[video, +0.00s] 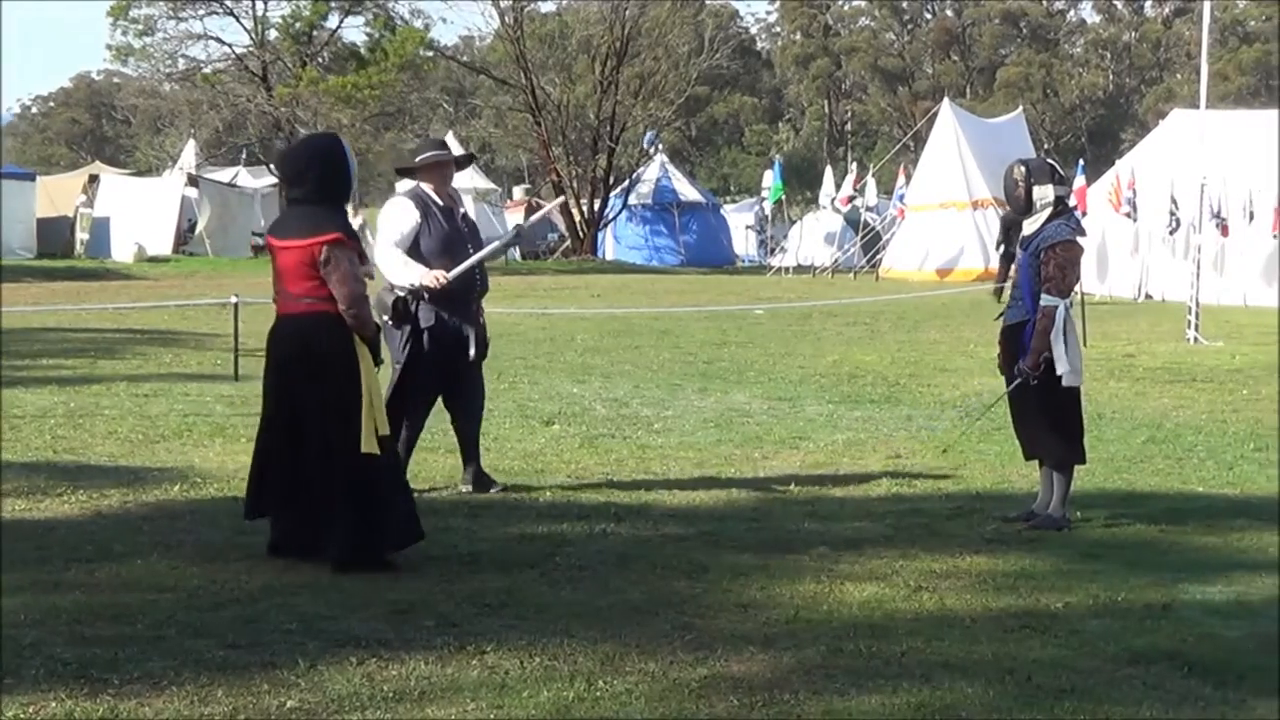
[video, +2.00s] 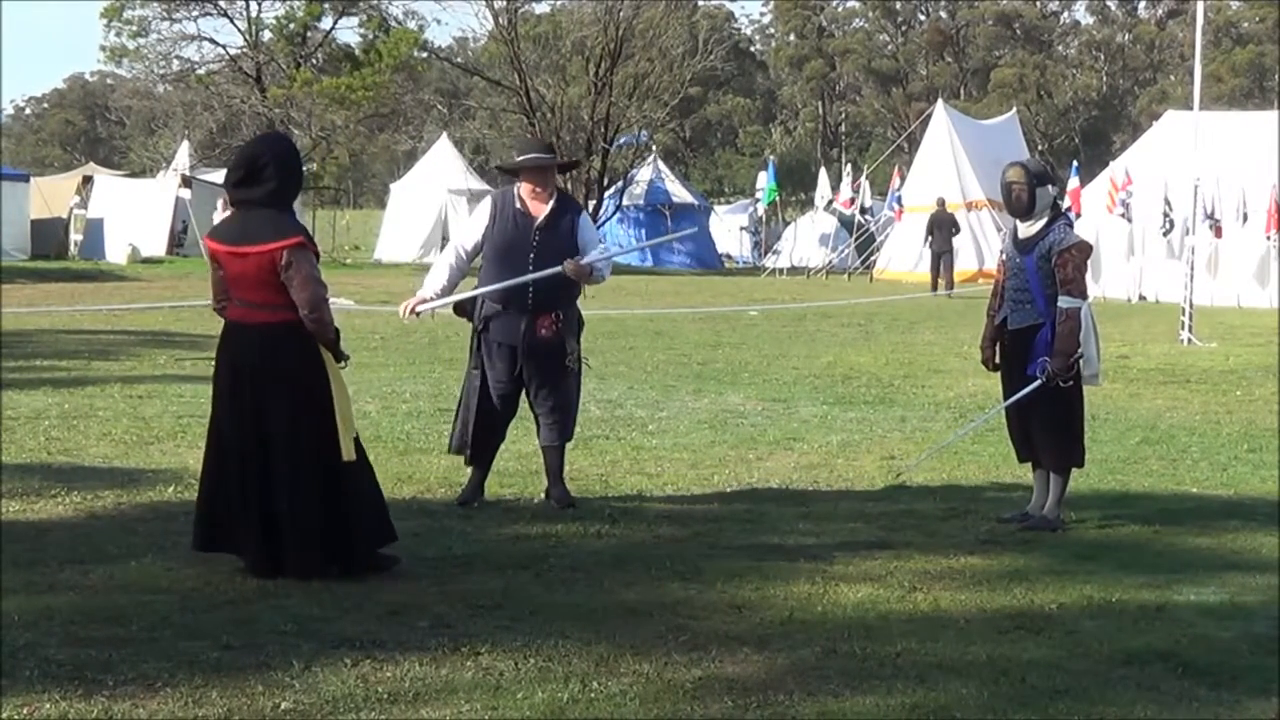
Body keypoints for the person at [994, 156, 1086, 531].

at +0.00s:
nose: (1015, 195)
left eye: (1021, 187)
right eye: (1015, 186)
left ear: (1041, 189)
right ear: (1043, 191)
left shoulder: (1060, 241)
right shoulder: (1036, 234)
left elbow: (1052, 306)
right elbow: (1025, 296)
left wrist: (1036, 352)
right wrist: (1009, 337)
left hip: (1048, 339)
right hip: (1025, 336)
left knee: (1057, 422)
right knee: (1037, 421)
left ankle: (1058, 508)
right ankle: (1044, 502)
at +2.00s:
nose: (1013, 196)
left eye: (1021, 189)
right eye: (1009, 189)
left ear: (1044, 192)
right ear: (1005, 193)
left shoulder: (1063, 236)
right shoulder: (1013, 234)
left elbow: (1072, 300)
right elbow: (1002, 288)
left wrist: (1063, 353)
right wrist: (990, 334)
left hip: (1050, 337)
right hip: (1016, 337)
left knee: (1054, 417)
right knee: (1027, 415)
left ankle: (1053, 508)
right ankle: (1039, 501)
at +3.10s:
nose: (1006, 197)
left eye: (1014, 190)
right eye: (1002, 190)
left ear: (1038, 193)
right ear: (999, 194)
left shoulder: (1057, 237)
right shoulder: (1007, 235)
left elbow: (1068, 300)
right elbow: (997, 288)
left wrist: (1060, 354)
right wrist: (986, 335)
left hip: (1046, 338)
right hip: (1012, 339)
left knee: (1052, 418)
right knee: (1026, 417)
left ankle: (1053, 508)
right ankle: (1038, 502)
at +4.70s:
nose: (1006, 199)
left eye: (1014, 192)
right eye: (1002, 191)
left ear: (1037, 194)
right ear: (1000, 195)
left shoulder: (1057, 238)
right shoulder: (1010, 236)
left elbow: (1066, 302)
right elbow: (999, 289)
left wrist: (1057, 354)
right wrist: (988, 335)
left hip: (1045, 338)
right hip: (1013, 339)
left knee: (1051, 418)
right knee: (1025, 417)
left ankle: (1053, 508)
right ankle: (1038, 501)